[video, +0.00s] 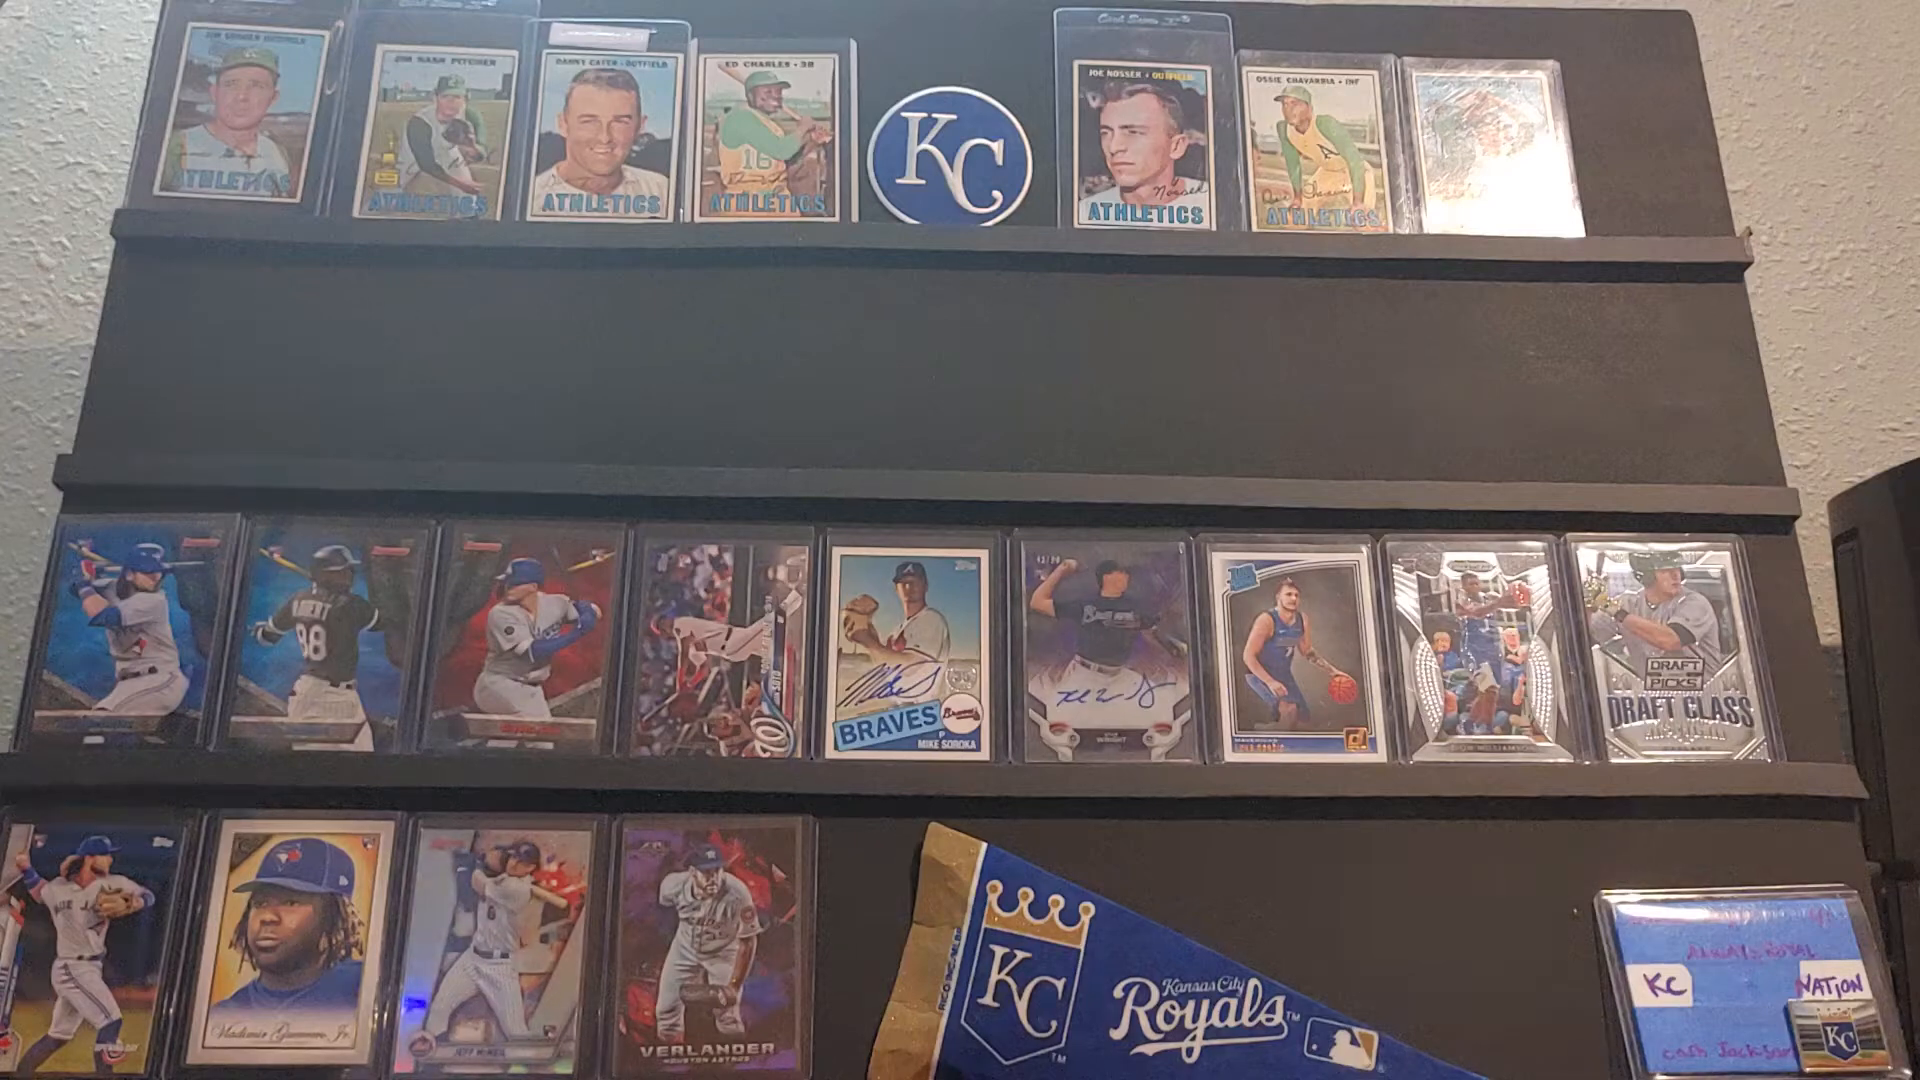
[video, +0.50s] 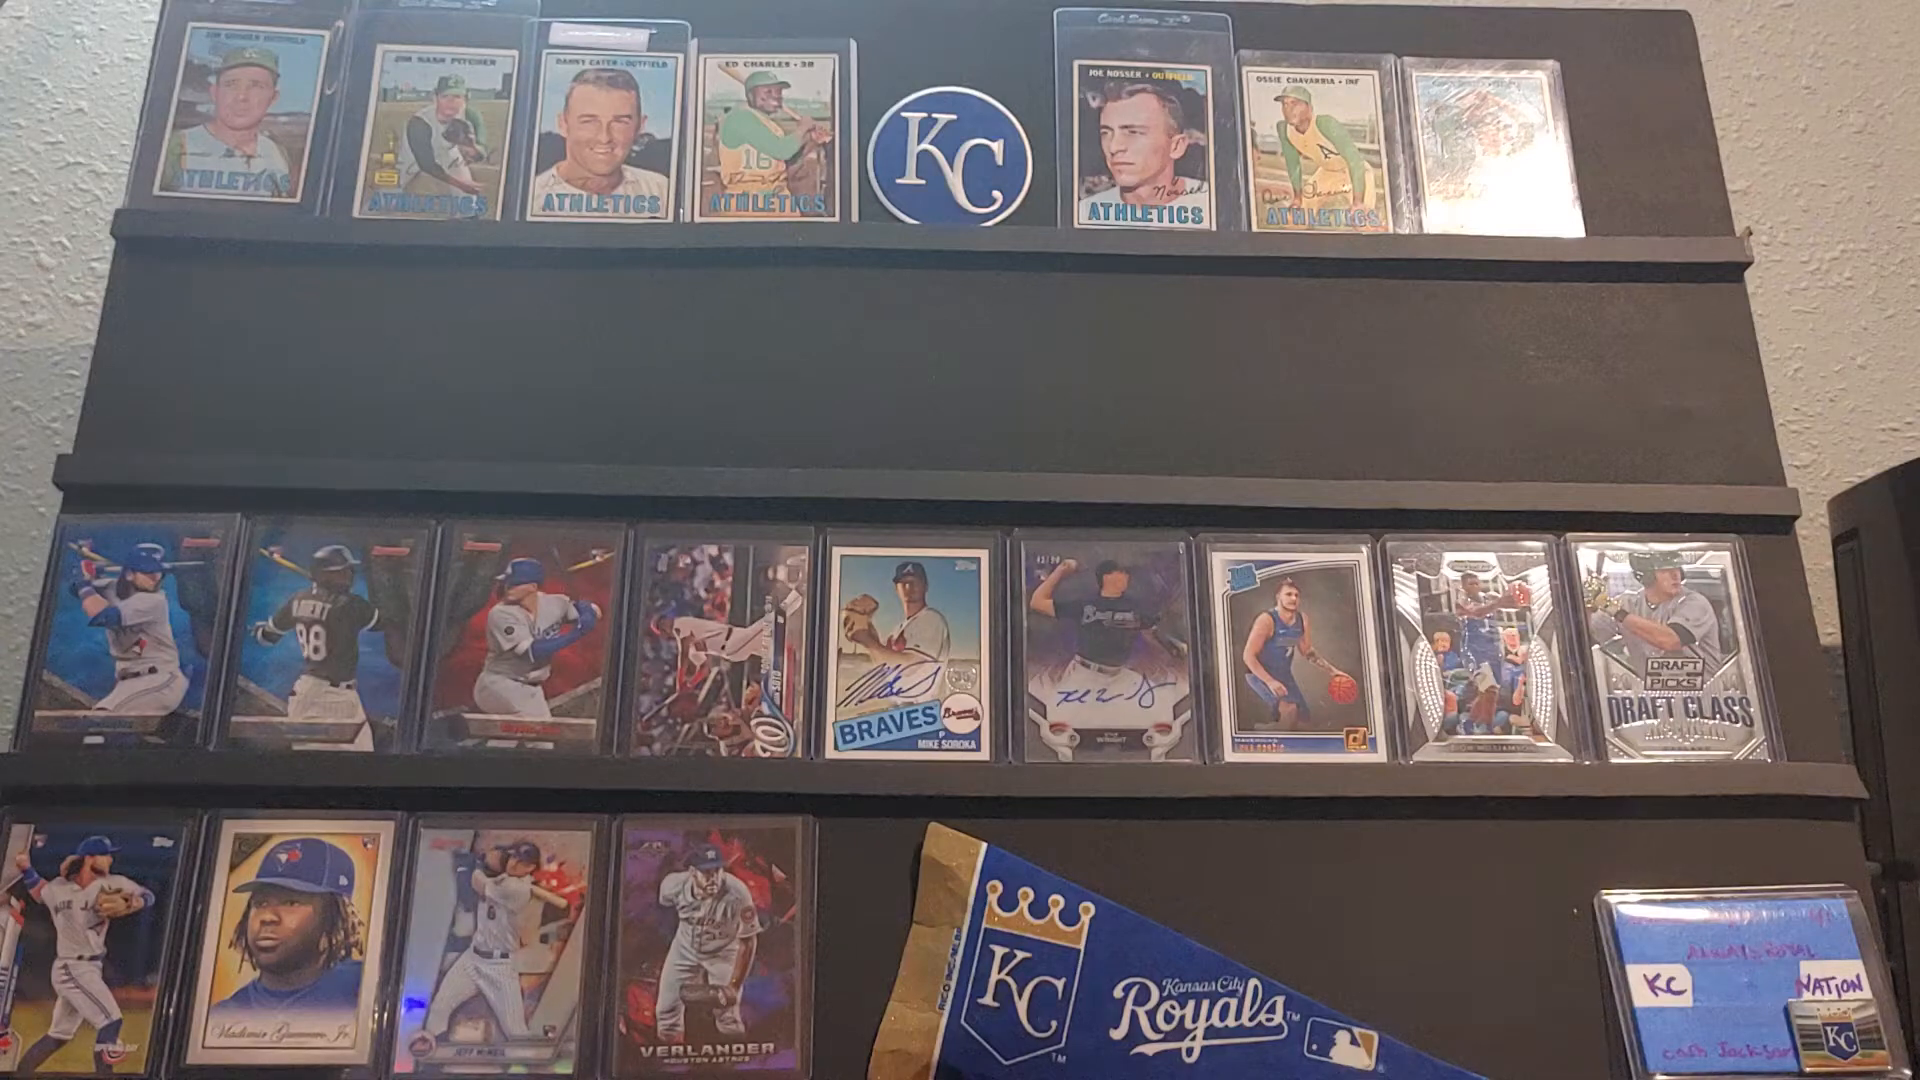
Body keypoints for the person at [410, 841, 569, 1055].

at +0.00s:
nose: (514, 863)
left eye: (522, 861)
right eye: (513, 857)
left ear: (531, 869)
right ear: (508, 858)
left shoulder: (517, 889)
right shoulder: (500, 879)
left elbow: (477, 882)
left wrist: (477, 866)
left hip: (500, 966)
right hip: (472, 959)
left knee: (515, 1030)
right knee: (439, 1007)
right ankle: (430, 1065)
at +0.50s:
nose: (514, 863)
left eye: (522, 862)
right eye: (514, 858)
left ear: (531, 869)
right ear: (509, 858)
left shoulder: (517, 889)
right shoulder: (499, 879)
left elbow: (478, 883)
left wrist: (478, 867)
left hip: (501, 966)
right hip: (472, 959)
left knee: (515, 1030)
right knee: (439, 1007)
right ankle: (427, 1064)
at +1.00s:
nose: (514, 864)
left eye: (521, 862)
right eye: (514, 858)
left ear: (530, 869)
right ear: (509, 858)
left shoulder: (518, 889)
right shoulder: (500, 879)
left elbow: (480, 884)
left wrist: (476, 867)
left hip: (501, 966)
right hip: (473, 958)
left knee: (515, 1031)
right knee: (439, 1006)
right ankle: (425, 1064)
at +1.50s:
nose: (514, 863)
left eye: (521, 862)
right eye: (514, 858)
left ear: (530, 869)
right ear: (510, 858)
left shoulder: (518, 889)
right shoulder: (501, 879)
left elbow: (479, 884)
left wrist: (475, 867)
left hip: (500, 965)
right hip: (473, 958)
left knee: (515, 1030)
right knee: (440, 1006)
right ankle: (427, 1066)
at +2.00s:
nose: (514, 865)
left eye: (521, 863)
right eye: (513, 859)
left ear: (530, 869)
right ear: (509, 858)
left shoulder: (518, 890)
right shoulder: (501, 879)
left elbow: (479, 882)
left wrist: (477, 867)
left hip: (501, 966)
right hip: (473, 958)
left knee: (515, 1031)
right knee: (440, 1005)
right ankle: (427, 1063)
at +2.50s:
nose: (514, 864)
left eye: (521, 862)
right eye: (513, 858)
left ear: (531, 869)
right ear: (509, 858)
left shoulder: (518, 890)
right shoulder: (503, 878)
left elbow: (477, 881)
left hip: (501, 964)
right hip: (473, 957)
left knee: (515, 1030)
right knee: (441, 1004)